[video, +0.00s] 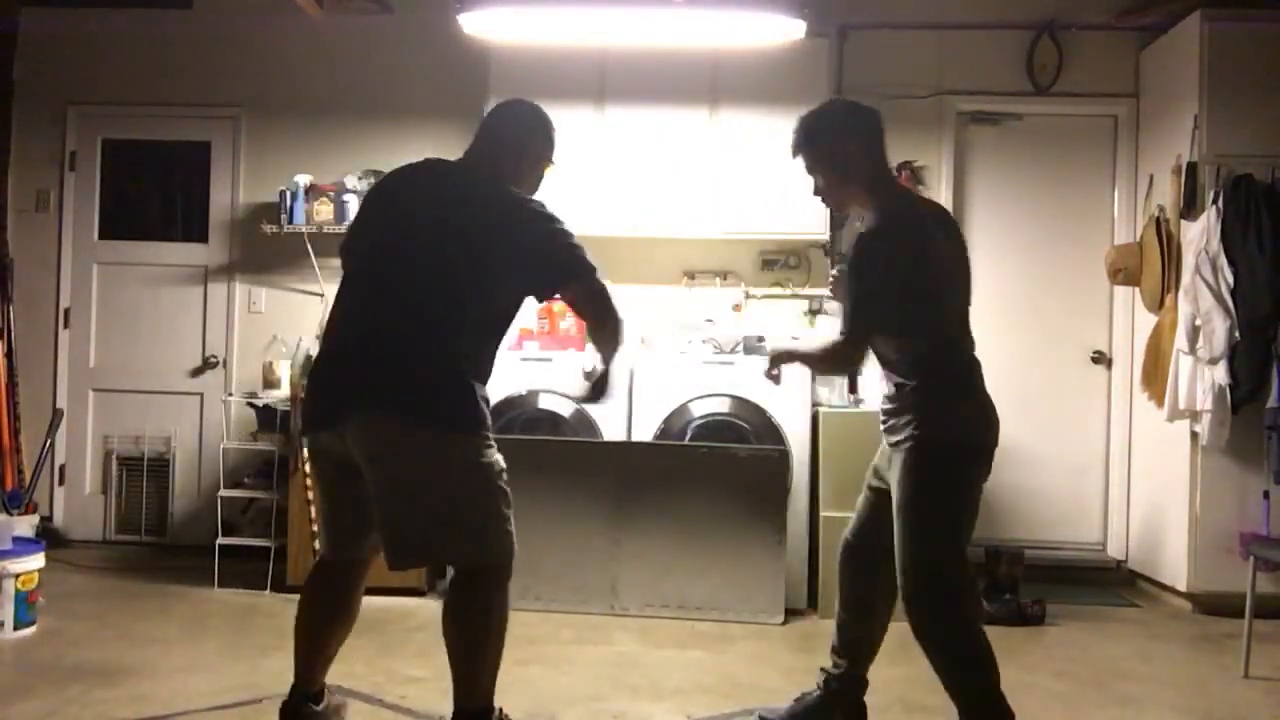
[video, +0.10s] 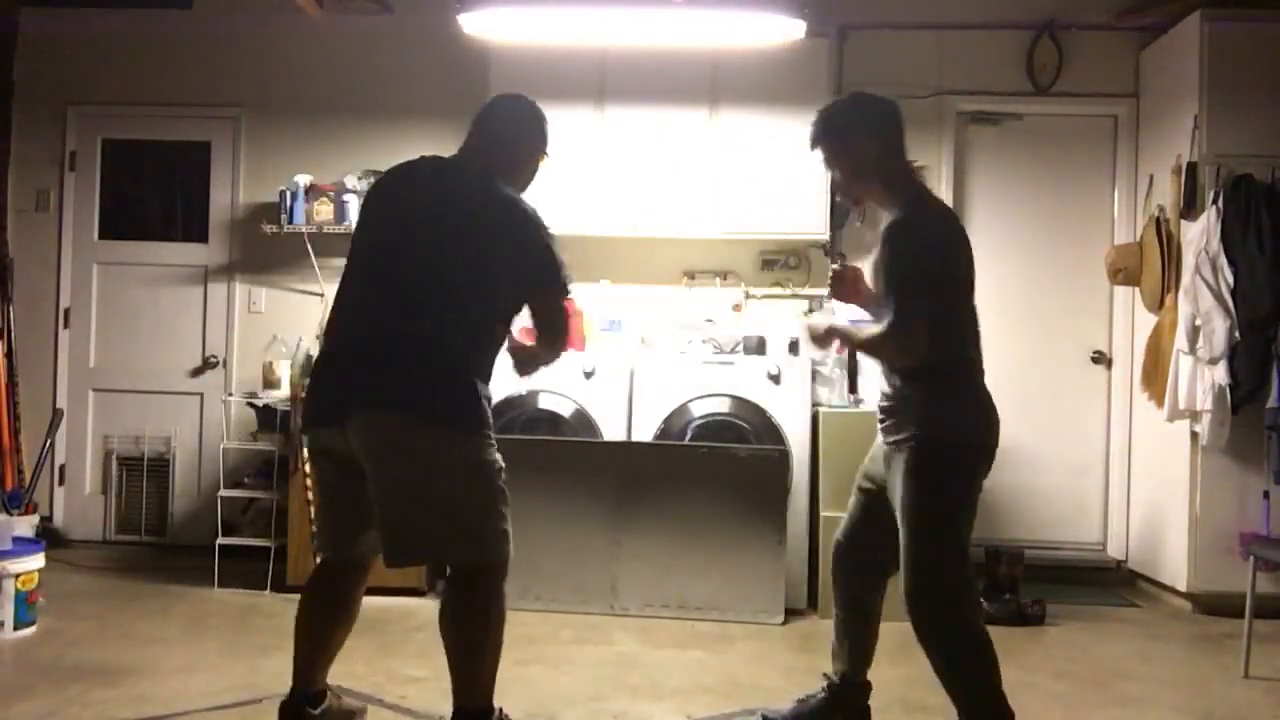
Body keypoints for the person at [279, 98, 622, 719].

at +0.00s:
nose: (540, 178)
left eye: (544, 167)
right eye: (542, 166)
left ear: (478, 139)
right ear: (529, 157)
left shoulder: (396, 183)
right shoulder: (525, 220)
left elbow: (352, 264)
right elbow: (602, 314)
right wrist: (603, 367)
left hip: (333, 393)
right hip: (430, 404)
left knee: (345, 550)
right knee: (484, 557)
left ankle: (305, 694)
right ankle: (474, 711)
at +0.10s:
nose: (537, 170)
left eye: (539, 157)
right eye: (538, 156)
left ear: (473, 134)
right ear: (525, 151)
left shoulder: (393, 183)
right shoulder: (516, 221)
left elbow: (386, 284)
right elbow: (553, 336)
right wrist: (531, 354)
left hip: (334, 392)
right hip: (433, 402)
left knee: (345, 555)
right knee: (479, 562)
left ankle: (305, 696)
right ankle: (474, 711)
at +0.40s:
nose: (479, 144)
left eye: (479, 131)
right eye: (475, 130)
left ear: (405, 124)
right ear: (451, 131)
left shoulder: (354, 182)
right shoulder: (431, 192)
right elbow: (482, 289)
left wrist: (473, 244)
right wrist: (519, 261)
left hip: (319, 402)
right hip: (395, 411)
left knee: (339, 555)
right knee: (443, 558)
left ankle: (304, 698)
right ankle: (464, 709)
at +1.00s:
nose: (498, 148)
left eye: (499, 134)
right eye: (492, 133)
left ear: (430, 126)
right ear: (462, 128)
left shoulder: (382, 187)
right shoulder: (459, 192)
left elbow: (433, 252)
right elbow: (517, 273)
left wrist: (500, 224)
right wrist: (581, 277)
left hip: (354, 401)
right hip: (433, 404)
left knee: (348, 555)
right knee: (494, 555)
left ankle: (302, 699)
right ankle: (527, 705)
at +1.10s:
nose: (536, 156)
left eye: (536, 144)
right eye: (530, 143)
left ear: (468, 137)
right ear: (503, 142)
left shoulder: (409, 196)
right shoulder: (514, 211)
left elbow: (383, 292)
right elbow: (599, 280)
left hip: (369, 405)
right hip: (458, 409)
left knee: (375, 559)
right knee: (519, 561)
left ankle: (309, 696)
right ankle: (544, 710)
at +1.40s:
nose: (575, 166)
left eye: (575, 152)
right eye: (572, 151)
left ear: (508, 144)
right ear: (549, 150)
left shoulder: (439, 197)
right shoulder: (544, 218)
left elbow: (417, 305)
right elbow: (576, 325)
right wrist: (614, 402)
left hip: (395, 404)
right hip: (486, 409)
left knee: (399, 555)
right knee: (552, 557)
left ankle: (332, 692)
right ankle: (552, 712)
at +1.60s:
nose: (519, 159)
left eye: (520, 145)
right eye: (514, 144)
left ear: (452, 140)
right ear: (488, 142)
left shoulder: (398, 198)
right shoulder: (480, 207)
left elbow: (433, 287)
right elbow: (507, 312)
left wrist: (517, 252)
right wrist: (558, 339)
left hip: (367, 408)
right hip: (447, 414)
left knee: (375, 560)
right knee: (509, 566)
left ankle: (311, 698)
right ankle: (545, 713)